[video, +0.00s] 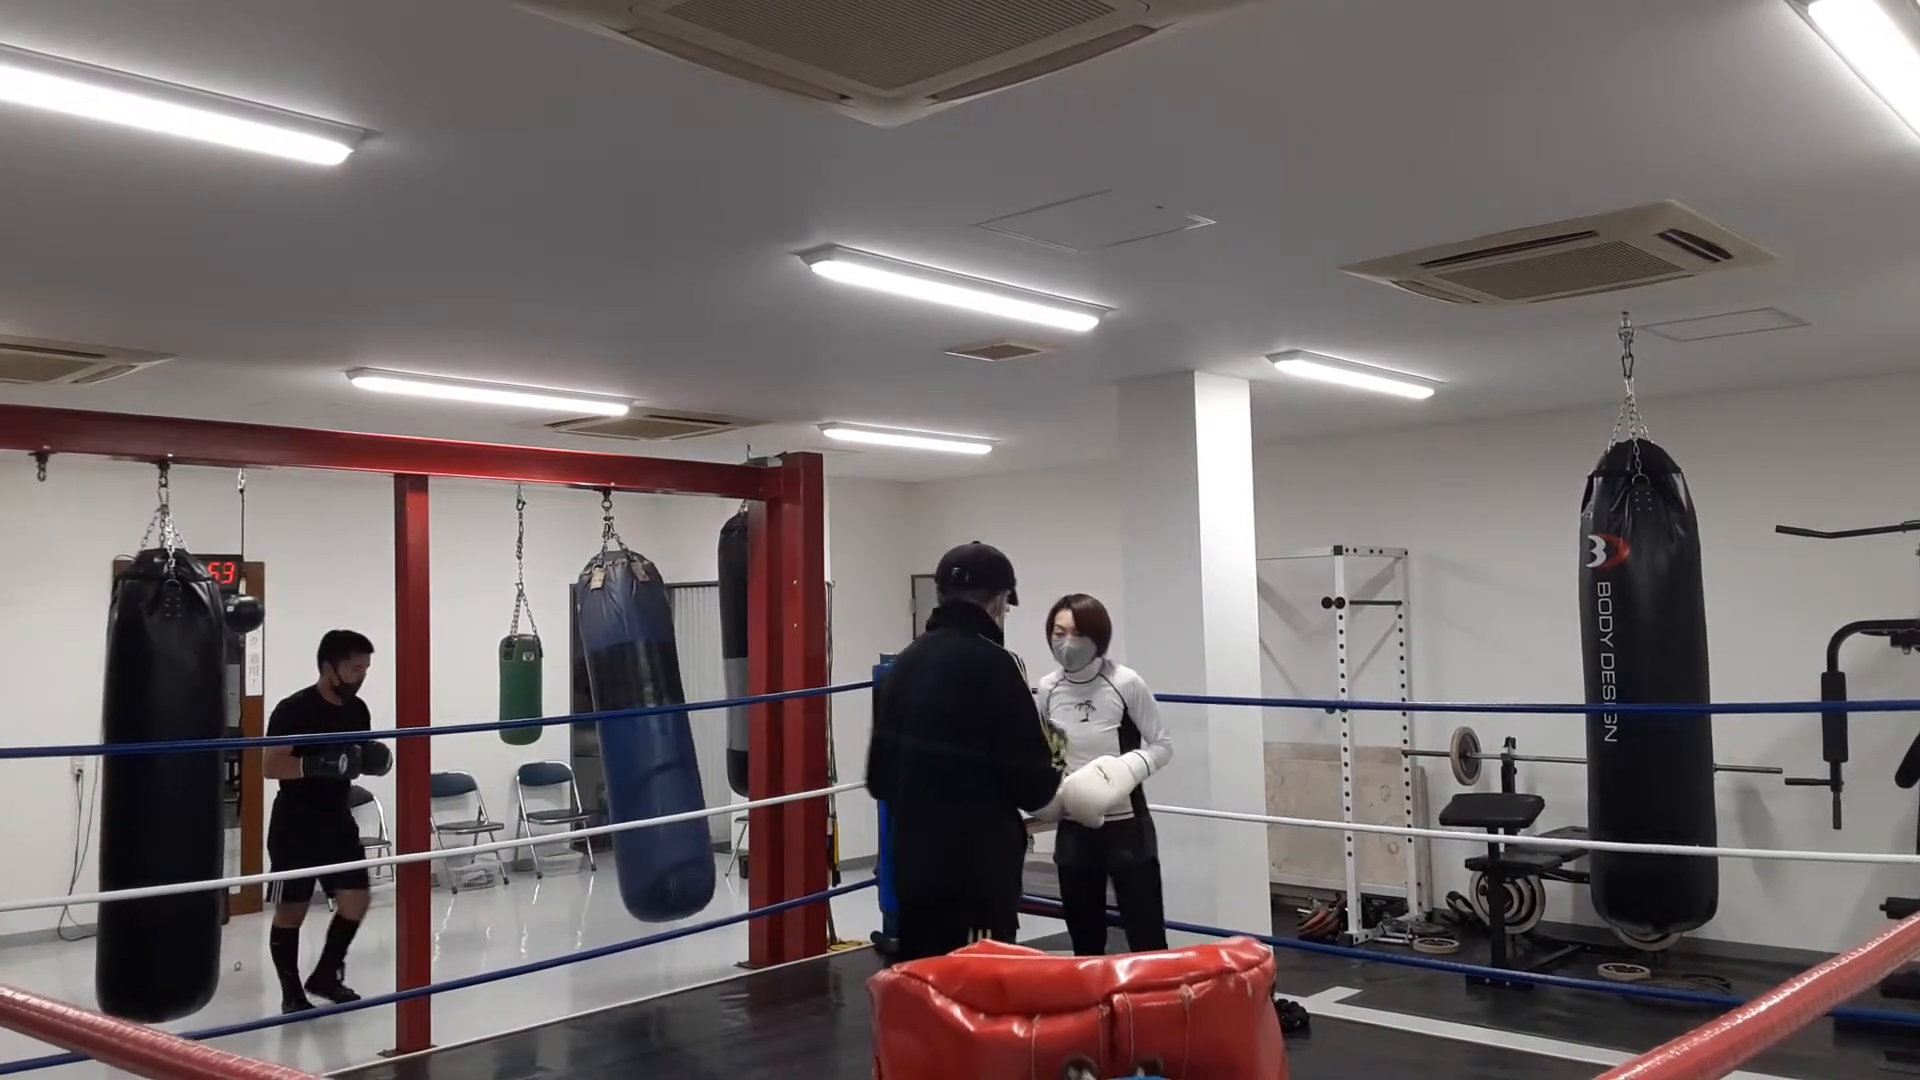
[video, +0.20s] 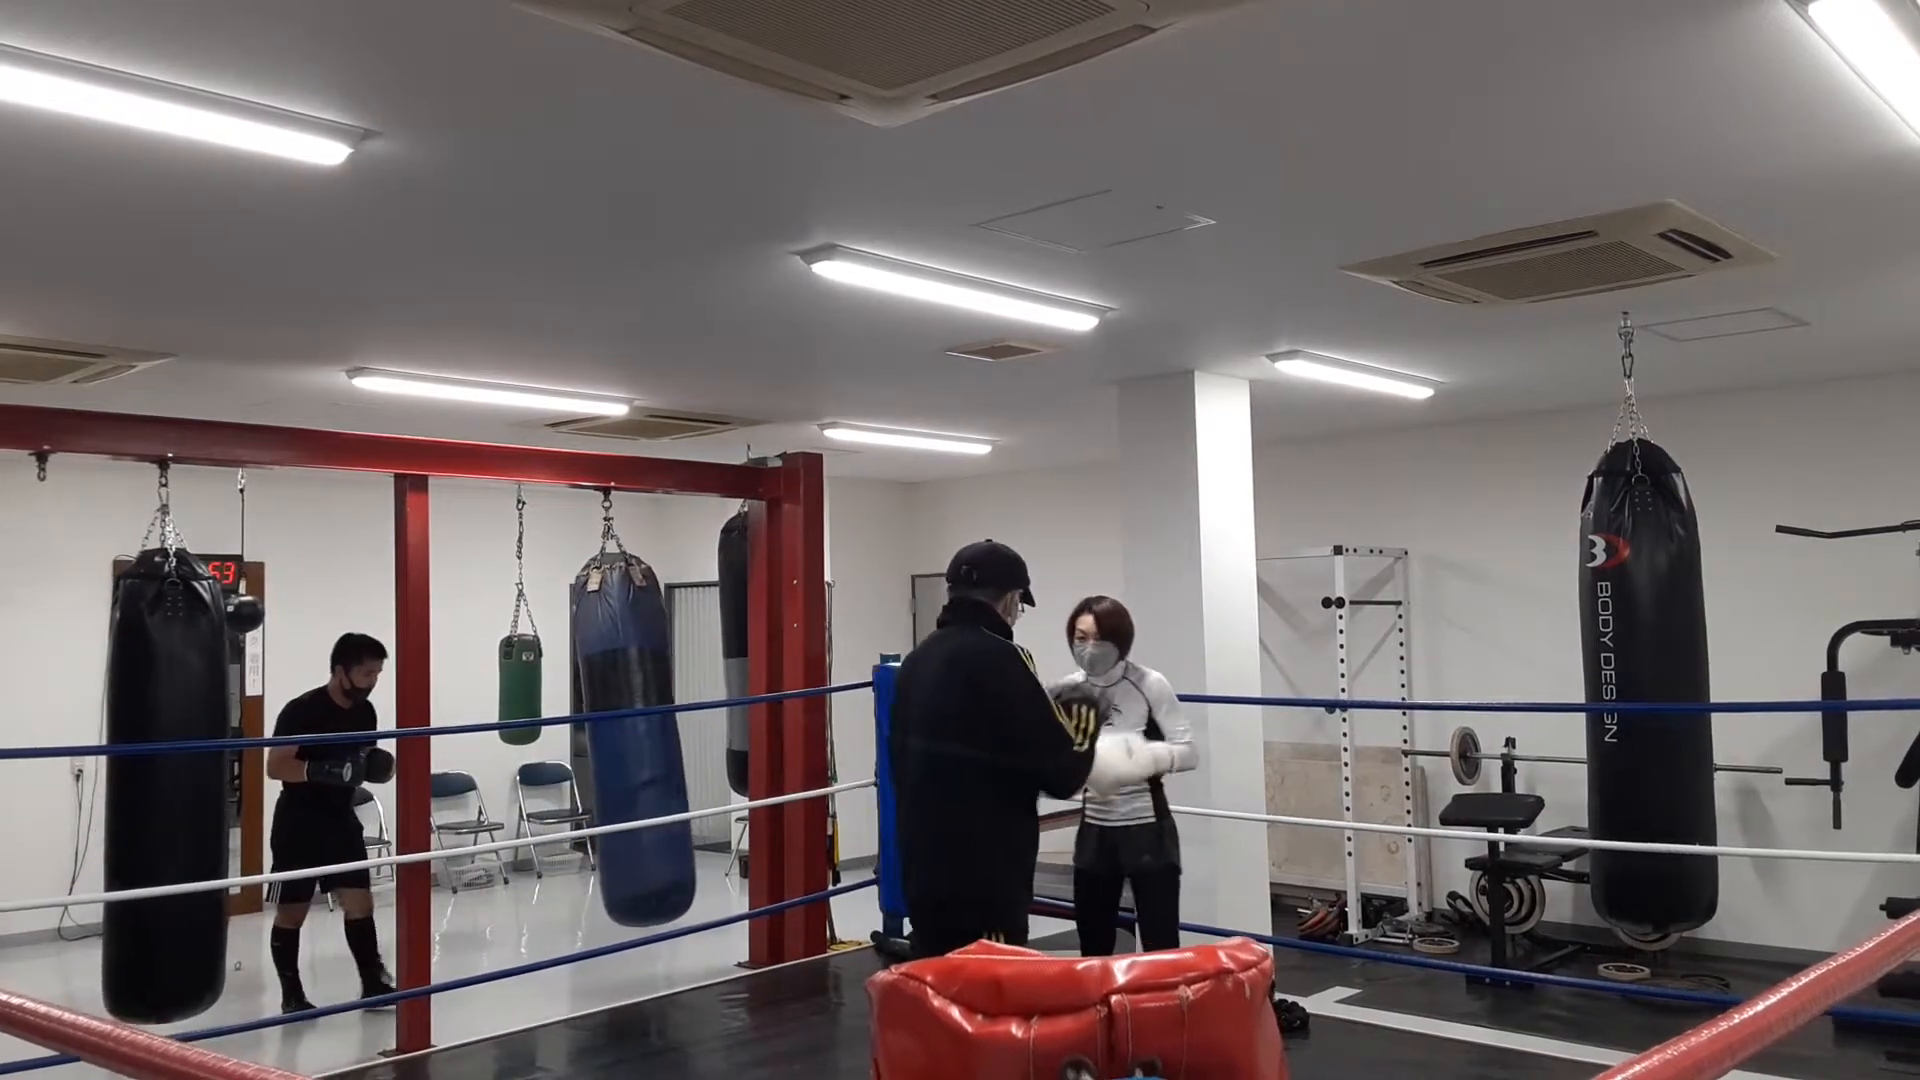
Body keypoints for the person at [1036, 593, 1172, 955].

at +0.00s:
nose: (1067, 643)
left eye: (1078, 634)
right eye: (1059, 633)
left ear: (1098, 637)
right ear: (1049, 638)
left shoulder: (1125, 683)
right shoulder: (1046, 689)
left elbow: (1162, 746)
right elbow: (1035, 753)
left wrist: (1124, 771)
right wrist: (1052, 790)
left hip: (1127, 827)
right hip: (1074, 830)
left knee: (1146, 943)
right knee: (1087, 947)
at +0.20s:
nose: (1089, 648)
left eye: (1099, 638)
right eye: (1080, 638)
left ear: (1119, 640)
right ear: (1071, 641)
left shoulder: (1150, 685)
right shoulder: (1067, 691)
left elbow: (1188, 752)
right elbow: (1050, 752)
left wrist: (1143, 757)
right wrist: (1085, 762)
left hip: (1148, 828)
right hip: (1095, 829)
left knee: (1159, 948)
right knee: (1094, 949)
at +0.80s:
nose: (1107, 646)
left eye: (1115, 637)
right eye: (1098, 638)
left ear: (1135, 638)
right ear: (1090, 643)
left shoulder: (1162, 679)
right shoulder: (1093, 686)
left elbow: (1214, 724)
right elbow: (1063, 756)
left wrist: (1170, 682)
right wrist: (1060, 685)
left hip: (1173, 835)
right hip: (1121, 834)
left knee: (1175, 953)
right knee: (1100, 947)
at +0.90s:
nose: (1116, 647)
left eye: (1125, 637)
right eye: (1109, 638)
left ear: (1145, 639)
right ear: (1103, 643)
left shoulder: (1174, 684)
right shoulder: (1110, 691)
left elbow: (1201, 718)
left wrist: (1152, 667)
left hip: (1185, 843)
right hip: (1134, 840)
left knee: (1182, 957)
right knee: (1097, 944)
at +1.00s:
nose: (1118, 642)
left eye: (1126, 631)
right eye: (1112, 634)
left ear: (1147, 638)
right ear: (1107, 641)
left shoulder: (1179, 684)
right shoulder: (1108, 688)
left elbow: (1220, 749)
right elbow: (1077, 762)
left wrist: (1160, 716)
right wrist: (1081, 688)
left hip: (1191, 848)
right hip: (1140, 847)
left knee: (1169, 963)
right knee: (1116, 956)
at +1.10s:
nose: (1127, 666)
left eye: (1137, 656)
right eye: (1123, 655)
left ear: (1158, 657)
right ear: (1116, 657)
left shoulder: (1187, 703)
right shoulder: (1112, 708)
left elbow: (1237, 774)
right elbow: (1083, 781)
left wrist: (1189, 731)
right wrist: (1078, 715)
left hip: (1194, 862)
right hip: (1144, 861)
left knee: (1171, 970)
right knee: (1124, 969)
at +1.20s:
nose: (1134, 664)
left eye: (1146, 654)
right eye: (1128, 653)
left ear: (1165, 656)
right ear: (1119, 655)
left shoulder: (1193, 702)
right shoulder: (1127, 716)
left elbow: (1232, 754)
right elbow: (1098, 778)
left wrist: (1184, 705)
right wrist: (1099, 720)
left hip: (1206, 865)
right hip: (1159, 864)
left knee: (1193, 969)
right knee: (1119, 961)